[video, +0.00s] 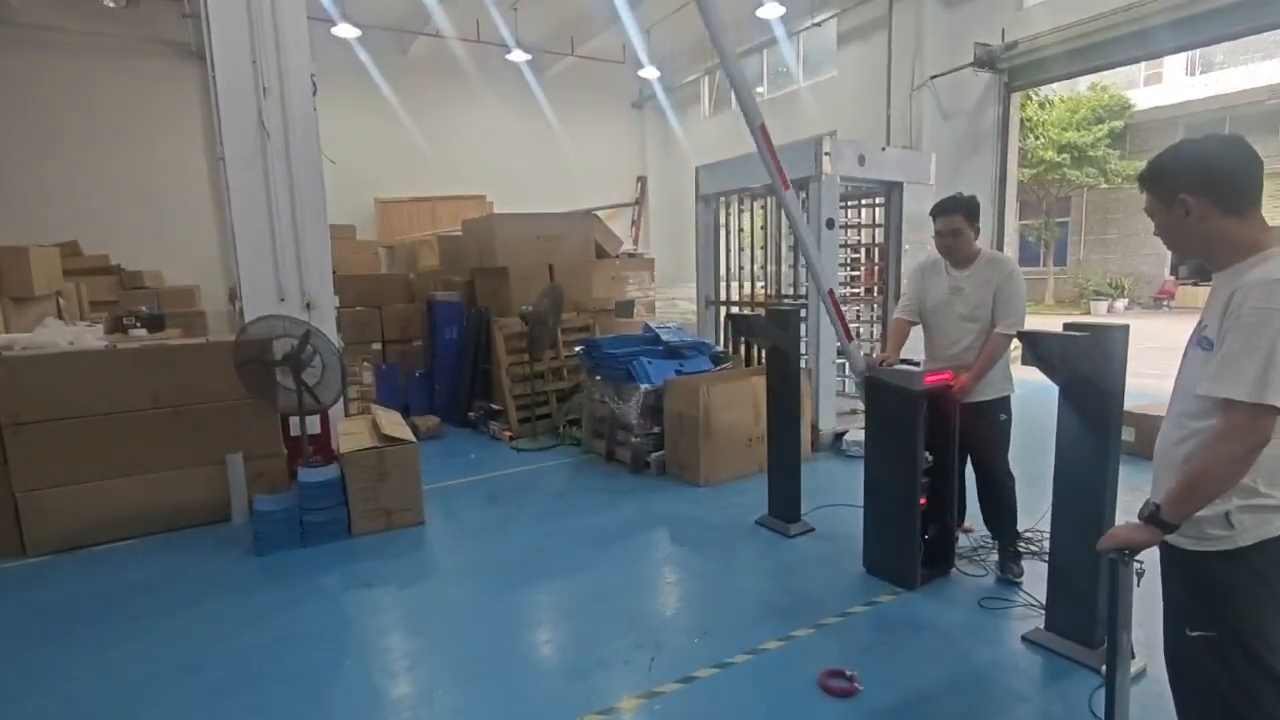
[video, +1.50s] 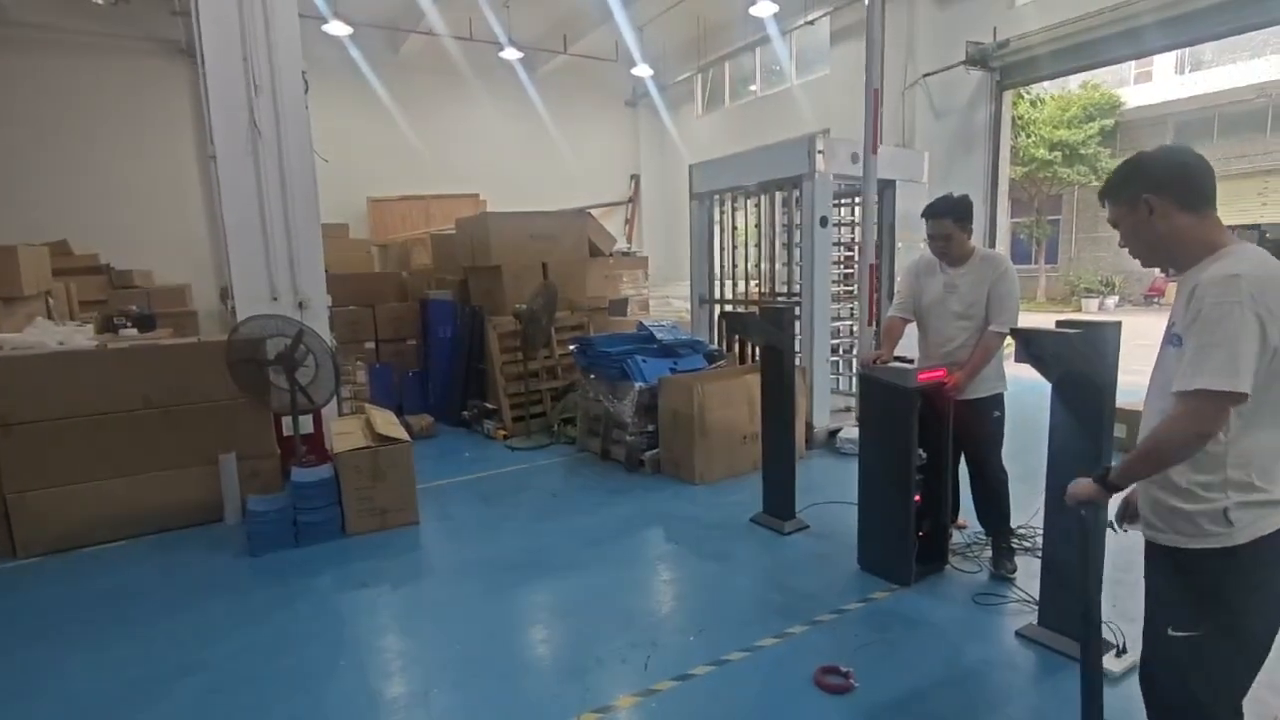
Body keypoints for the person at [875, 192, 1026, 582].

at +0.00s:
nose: (944, 243)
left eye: (953, 234)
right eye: (939, 235)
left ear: (975, 232)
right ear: (933, 234)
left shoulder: (1003, 270)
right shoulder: (925, 269)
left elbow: (1005, 330)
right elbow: (904, 315)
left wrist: (972, 375)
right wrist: (890, 353)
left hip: (988, 393)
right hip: (940, 393)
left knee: (994, 475)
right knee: (942, 476)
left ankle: (1008, 547)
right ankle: (939, 552)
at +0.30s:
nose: (944, 243)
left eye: (952, 234)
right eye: (938, 235)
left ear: (975, 232)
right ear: (932, 234)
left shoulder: (1003, 270)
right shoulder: (924, 269)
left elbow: (1004, 330)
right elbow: (903, 315)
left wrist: (972, 375)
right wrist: (889, 352)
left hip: (987, 393)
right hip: (938, 392)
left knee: (993, 475)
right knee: (941, 476)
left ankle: (1007, 547)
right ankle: (938, 552)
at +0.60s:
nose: (942, 243)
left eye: (951, 235)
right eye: (936, 235)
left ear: (974, 232)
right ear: (931, 233)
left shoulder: (1002, 269)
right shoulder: (923, 268)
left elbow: (1003, 330)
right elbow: (903, 314)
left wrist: (970, 375)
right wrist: (888, 352)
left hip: (986, 391)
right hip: (937, 391)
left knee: (991, 473)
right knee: (940, 473)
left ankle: (1006, 545)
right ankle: (937, 547)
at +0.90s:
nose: (940, 242)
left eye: (949, 234)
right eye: (935, 234)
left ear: (973, 231)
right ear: (929, 231)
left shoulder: (1001, 269)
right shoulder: (922, 267)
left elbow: (1000, 330)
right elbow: (902, 314)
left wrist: (969, 374)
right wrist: (887, 350)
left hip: (985, 390)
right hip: (936, 390)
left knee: (990, 471)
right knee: (940, 472)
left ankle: (1004, 544)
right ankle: (937, 548)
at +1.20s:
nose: (939, 244)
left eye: (947, 236)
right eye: (933, 236)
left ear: (971, 231)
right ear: (928, 232)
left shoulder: (999, 267)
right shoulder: (921, 267)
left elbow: (999, 330)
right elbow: (901, 313)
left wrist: (967, 373)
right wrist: (887, 348)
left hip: (983, 390)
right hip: (934, 390)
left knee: (988, 470)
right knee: (938, 471)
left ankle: (1002, 542)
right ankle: (936, 546)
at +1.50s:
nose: (935, 246)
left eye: (943, 238)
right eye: (930, 238)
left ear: (967, 232)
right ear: (925, 233)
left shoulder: (997, 268)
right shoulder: (919, 268)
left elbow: (998, 329)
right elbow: (899, 314)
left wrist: (966, 373)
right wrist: (885, 349)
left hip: (981, 390)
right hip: (933, 390)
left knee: (987, 470)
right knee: (936, 471)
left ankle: (1001, 542)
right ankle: (934, 546)